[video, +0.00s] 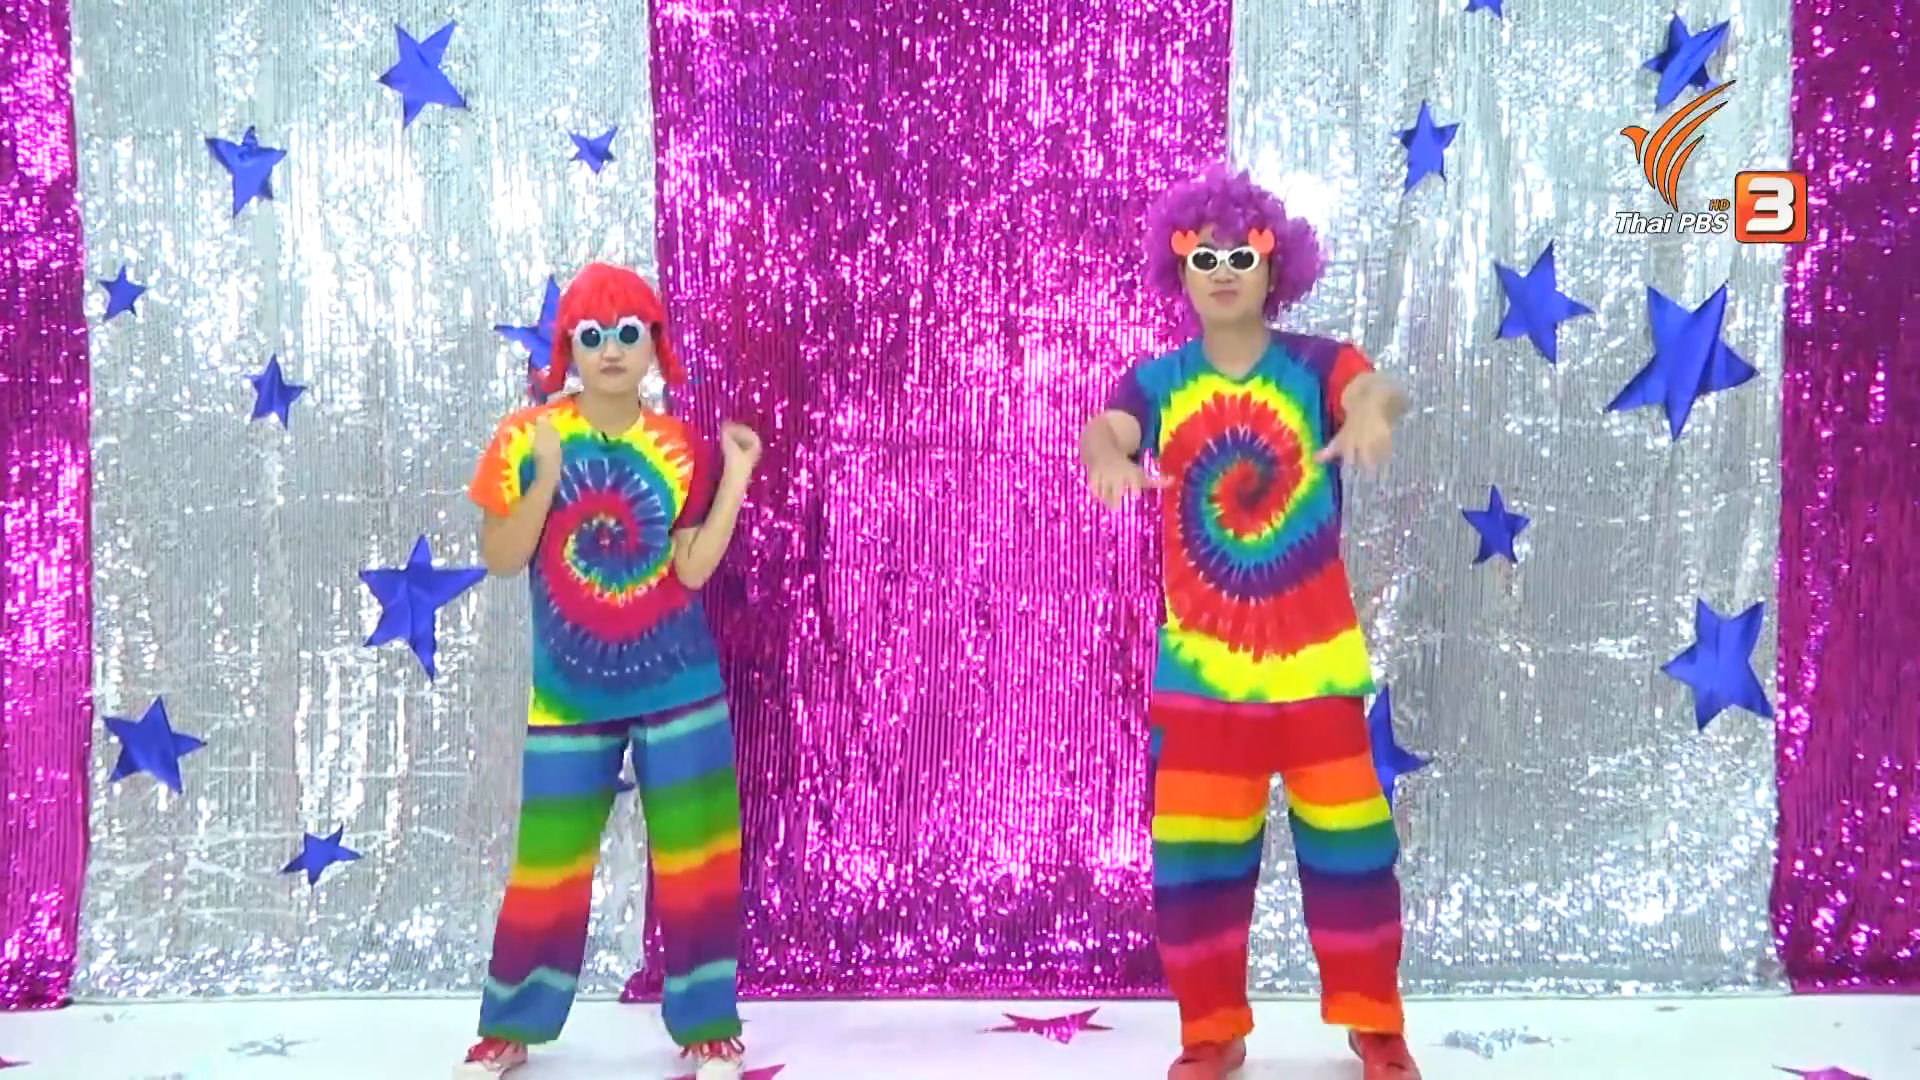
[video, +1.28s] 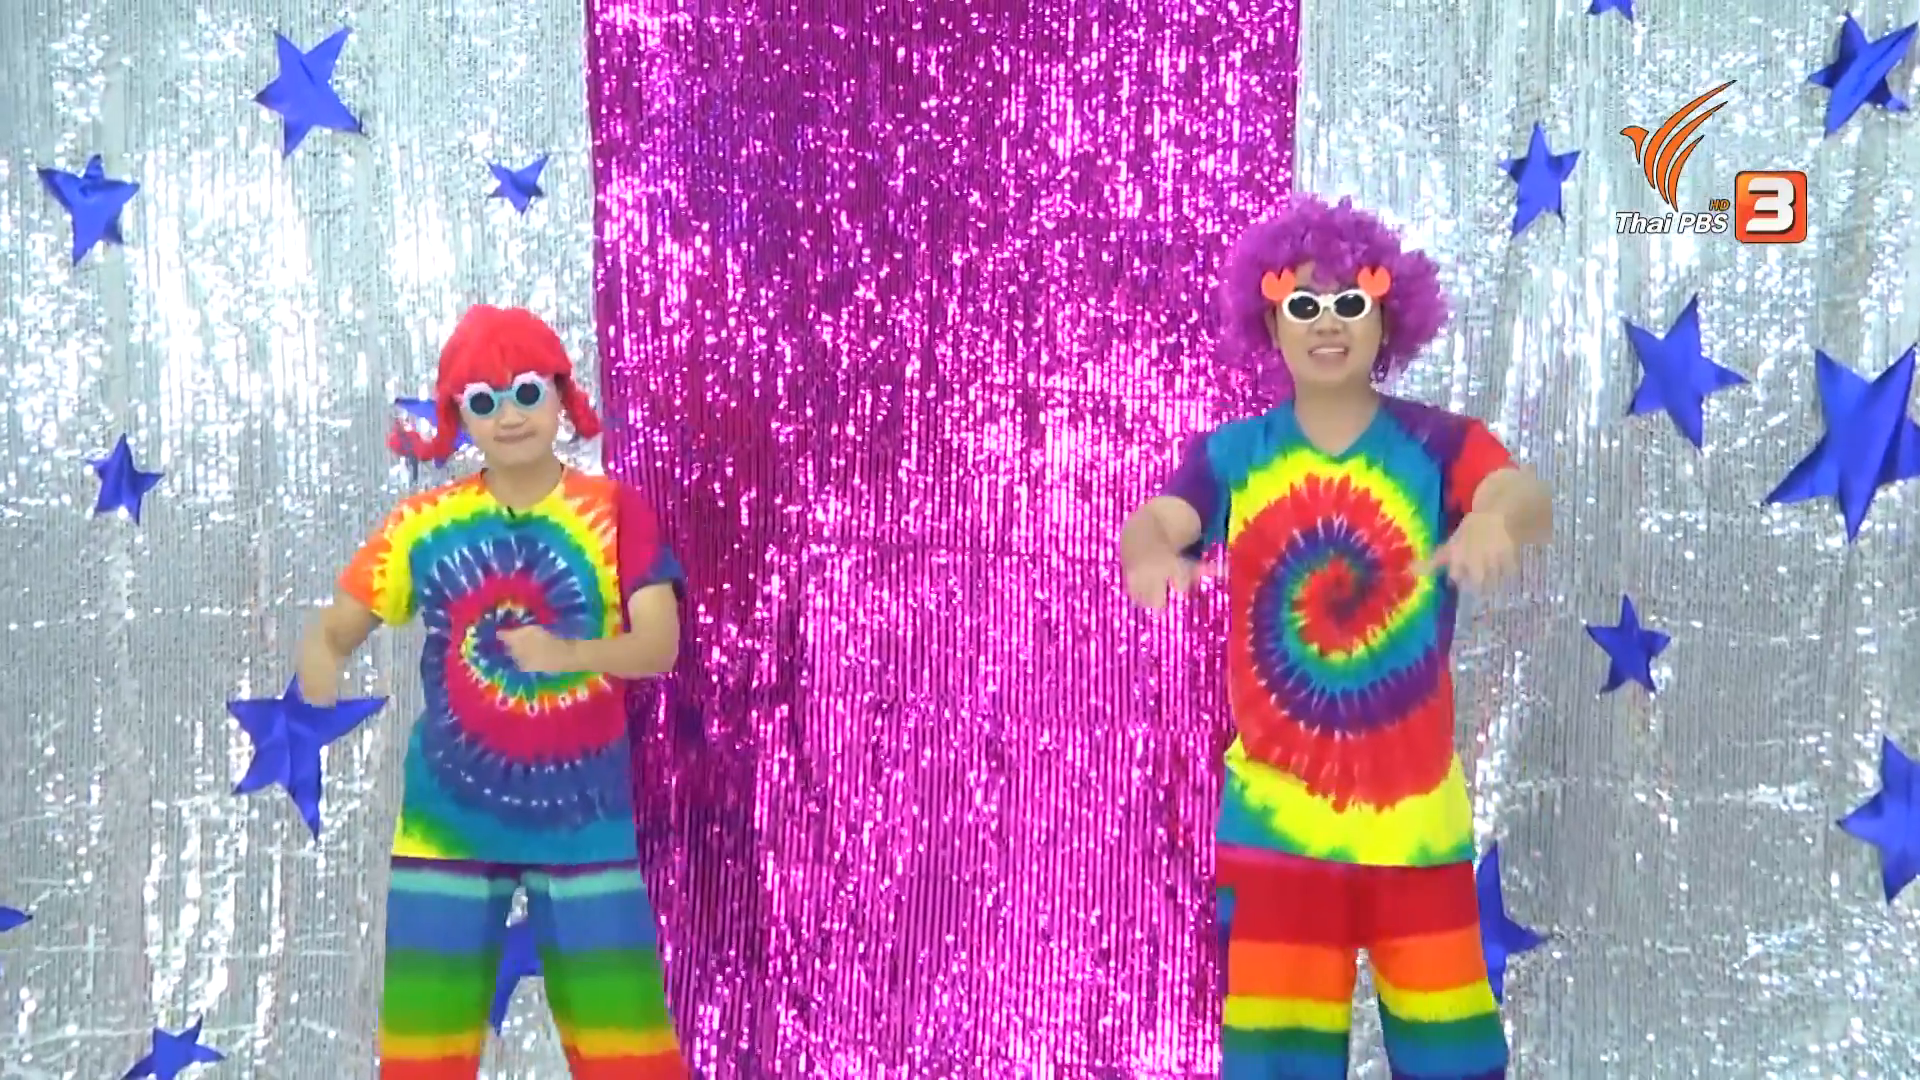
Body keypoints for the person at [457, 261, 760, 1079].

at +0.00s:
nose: (611, 350)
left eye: (628, 334)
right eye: (592, 336)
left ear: (654, 349)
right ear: (567, 353)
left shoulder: (677, 442)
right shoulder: (528, 436)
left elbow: (694, 567)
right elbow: (500, 556)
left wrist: (735, 477)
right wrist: (545, 474)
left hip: (679, 680)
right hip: (571, 687)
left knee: (697, 856)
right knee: (545, 859)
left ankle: (710, 1028)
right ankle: (509, 1030)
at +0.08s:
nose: (602, 345)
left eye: (620, 329)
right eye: (583, 330)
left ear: (646, 344)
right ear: (557, 346)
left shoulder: (670, 439)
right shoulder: (518, 439)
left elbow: (685, 563)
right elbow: (492, 554)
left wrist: (744, 511)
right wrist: (547, 544)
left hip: (669, 679)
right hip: (560, 686)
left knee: (694, 856)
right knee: (545, 862)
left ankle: (705, 1034)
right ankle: (505, 1038)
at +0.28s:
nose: (566, 335)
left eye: (583, 318)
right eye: (546, 321)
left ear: (616, 333)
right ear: (525, 341)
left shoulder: (659, 427)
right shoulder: (500, 438)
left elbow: (718, 544)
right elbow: (478, 556)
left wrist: (652, 526)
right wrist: (422, 546)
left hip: (635, 690)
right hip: (520, 689)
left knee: (668, 883)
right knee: (501, 886)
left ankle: (697, 1065)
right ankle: (491, 1065)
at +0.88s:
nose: (542, 380)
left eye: (565, 363)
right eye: (523, 359)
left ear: (588, 382)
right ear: (491, 370)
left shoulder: (614, 472)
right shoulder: (434, 478)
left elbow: (730, 555)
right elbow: (359, 602)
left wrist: (729, 541)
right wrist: (466, 561)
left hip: (615, 765)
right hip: (486, 768)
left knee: (638, 996)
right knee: (455, 997)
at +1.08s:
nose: (539, 415)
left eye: (561, 395)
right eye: (516, 395)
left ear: (586, 413)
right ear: (483, 409)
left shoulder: (607, 518)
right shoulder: (426, 515)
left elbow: (678, 659)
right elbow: (360, 646)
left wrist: (663, 545)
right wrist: (464, 572)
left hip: (619, 808)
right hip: (489, 816)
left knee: (653, 1039)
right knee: (474, 1049)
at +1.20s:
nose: (522, 410)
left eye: (542, 389)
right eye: (497, 393)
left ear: (572, 403)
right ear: (468, 411)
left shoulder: (612, 512)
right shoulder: (419, 518)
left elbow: (656, 657)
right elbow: (339, 644)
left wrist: (607, 637)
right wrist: (408, 674)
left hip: (598, 808)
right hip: (465, 814)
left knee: (637, 1033)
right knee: (445, 1042)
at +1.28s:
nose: (510, 414)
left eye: (529, 389)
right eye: (484, 400)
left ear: (562, 398)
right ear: (460, 421)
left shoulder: (613, 510)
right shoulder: (419, 525)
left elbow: (659, 646)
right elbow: (330, 636)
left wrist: (564, 652)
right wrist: (316, 704)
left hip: (585, 826)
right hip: (449, 828)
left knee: (631, 1054)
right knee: (421, 1056)